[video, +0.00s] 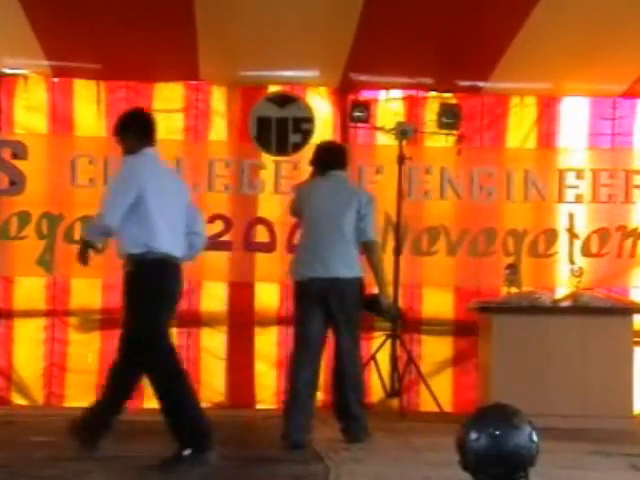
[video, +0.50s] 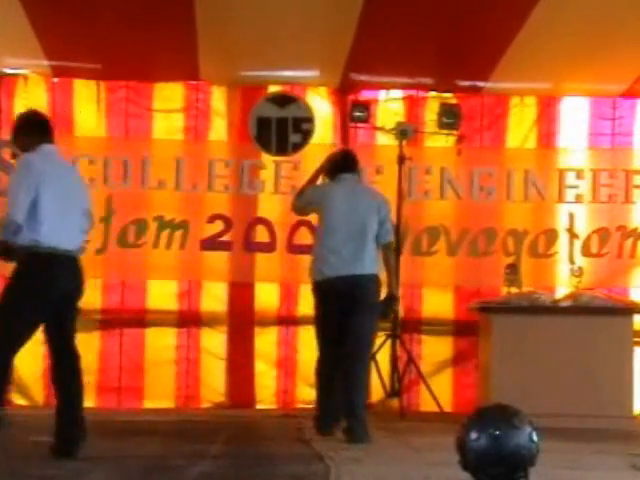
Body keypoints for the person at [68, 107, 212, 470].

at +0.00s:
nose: (120, 145)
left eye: (120, 139)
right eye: (120, 139)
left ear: (125, 138)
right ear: (152, 136)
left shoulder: (133, 169)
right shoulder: (173, 178)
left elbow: (107, 221)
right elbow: (197, 235)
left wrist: (90, 237)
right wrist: (171, 254)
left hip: (144, 272)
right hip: (169, 272)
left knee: (156, 356)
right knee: (132, 357)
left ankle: (195, 439)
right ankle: (92, 428)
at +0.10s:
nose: (101, 148)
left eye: (102, 142)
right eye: (101, 142)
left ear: (109, 142)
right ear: (134, 140)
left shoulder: (112, 171)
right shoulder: (152, 178)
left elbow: (89, 224)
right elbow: (178, 238)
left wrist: (72, 240)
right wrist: (147, 255)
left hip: (123, 274)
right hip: (146, 274)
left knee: (128, 356)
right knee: (107, 358)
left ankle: (186, 435)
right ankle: (73, 441)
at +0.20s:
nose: (75, 147)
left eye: (76, 141)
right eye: (76, 141)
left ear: (82, 140)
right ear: (108, 139)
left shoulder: (84, 167)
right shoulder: (125, 176)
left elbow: (66, 216)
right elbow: (148, 230)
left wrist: (55, 246)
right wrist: (128, 255)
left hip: (94, 272)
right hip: (122, 273)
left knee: (77, 356)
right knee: (83, 356)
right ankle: (71, 439)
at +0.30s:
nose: (58, 142)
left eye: (59, 137)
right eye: (60, 136)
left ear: (63, 136)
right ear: (92, 133)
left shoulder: (68, 163)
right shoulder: (110, 171)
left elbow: (51, 216)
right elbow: (133, 225)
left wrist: (42, 245)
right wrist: (108, 249)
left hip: (77, 264)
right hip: (108, 267)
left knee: (43, 342)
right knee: (81, 348)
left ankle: (97, 406)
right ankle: (70, 437)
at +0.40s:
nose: (33, 140)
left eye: (33, 134)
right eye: (34, 134)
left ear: (39, 132)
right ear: (66, 130)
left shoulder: (46, 158)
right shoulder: (87, 164)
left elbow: (30, 211)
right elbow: (102, 215)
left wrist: (21, 237)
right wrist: (94, 242)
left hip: (53, 258)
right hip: (84, 261)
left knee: (13, 335)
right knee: (73, 348)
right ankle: (72, 435)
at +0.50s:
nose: (15, 149)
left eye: (16, 143)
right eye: (15, 144)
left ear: (23, 139)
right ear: (49, 136)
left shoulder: (29, 164)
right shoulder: (69, 169)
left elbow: (15, 217)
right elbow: (87, 218)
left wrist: (6, 239)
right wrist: (68, 245)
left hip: (37, 265)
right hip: (69, 266)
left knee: (4, 345)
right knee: (64, 350)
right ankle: (70, 434)